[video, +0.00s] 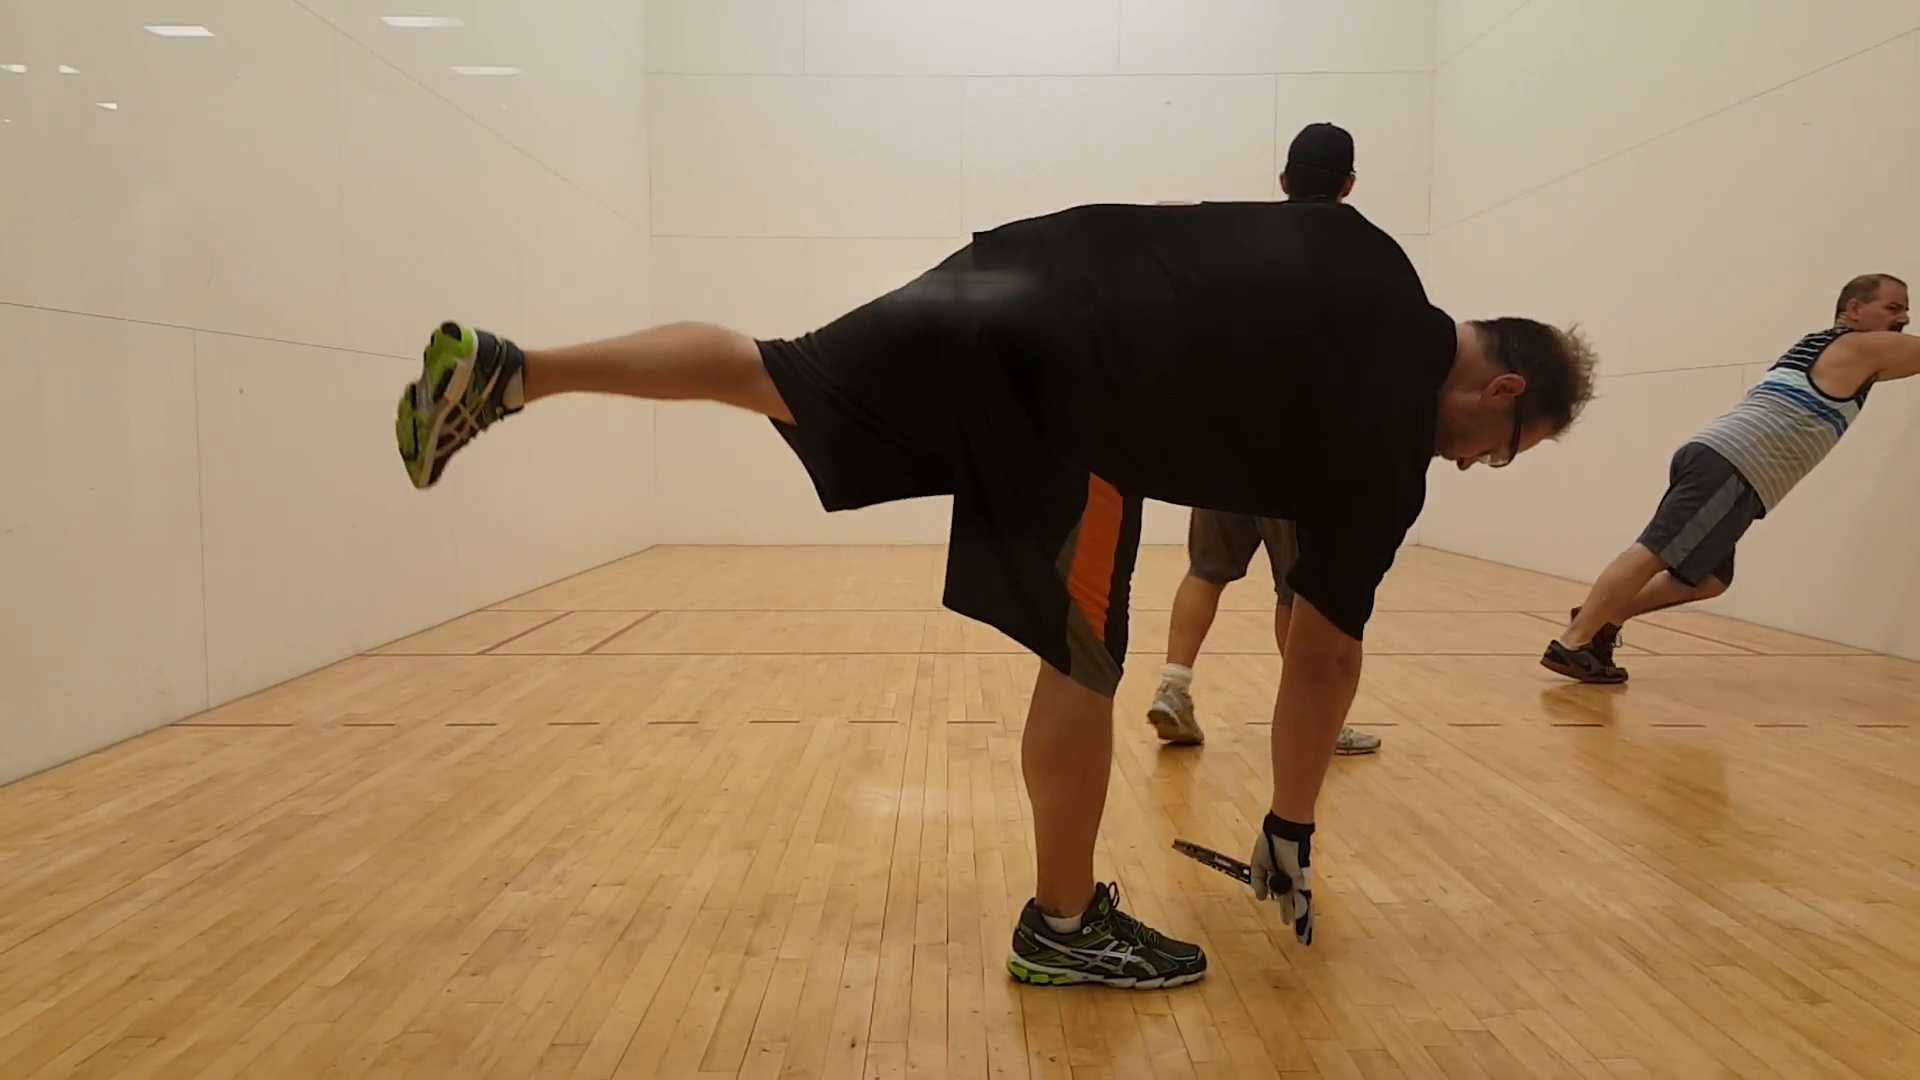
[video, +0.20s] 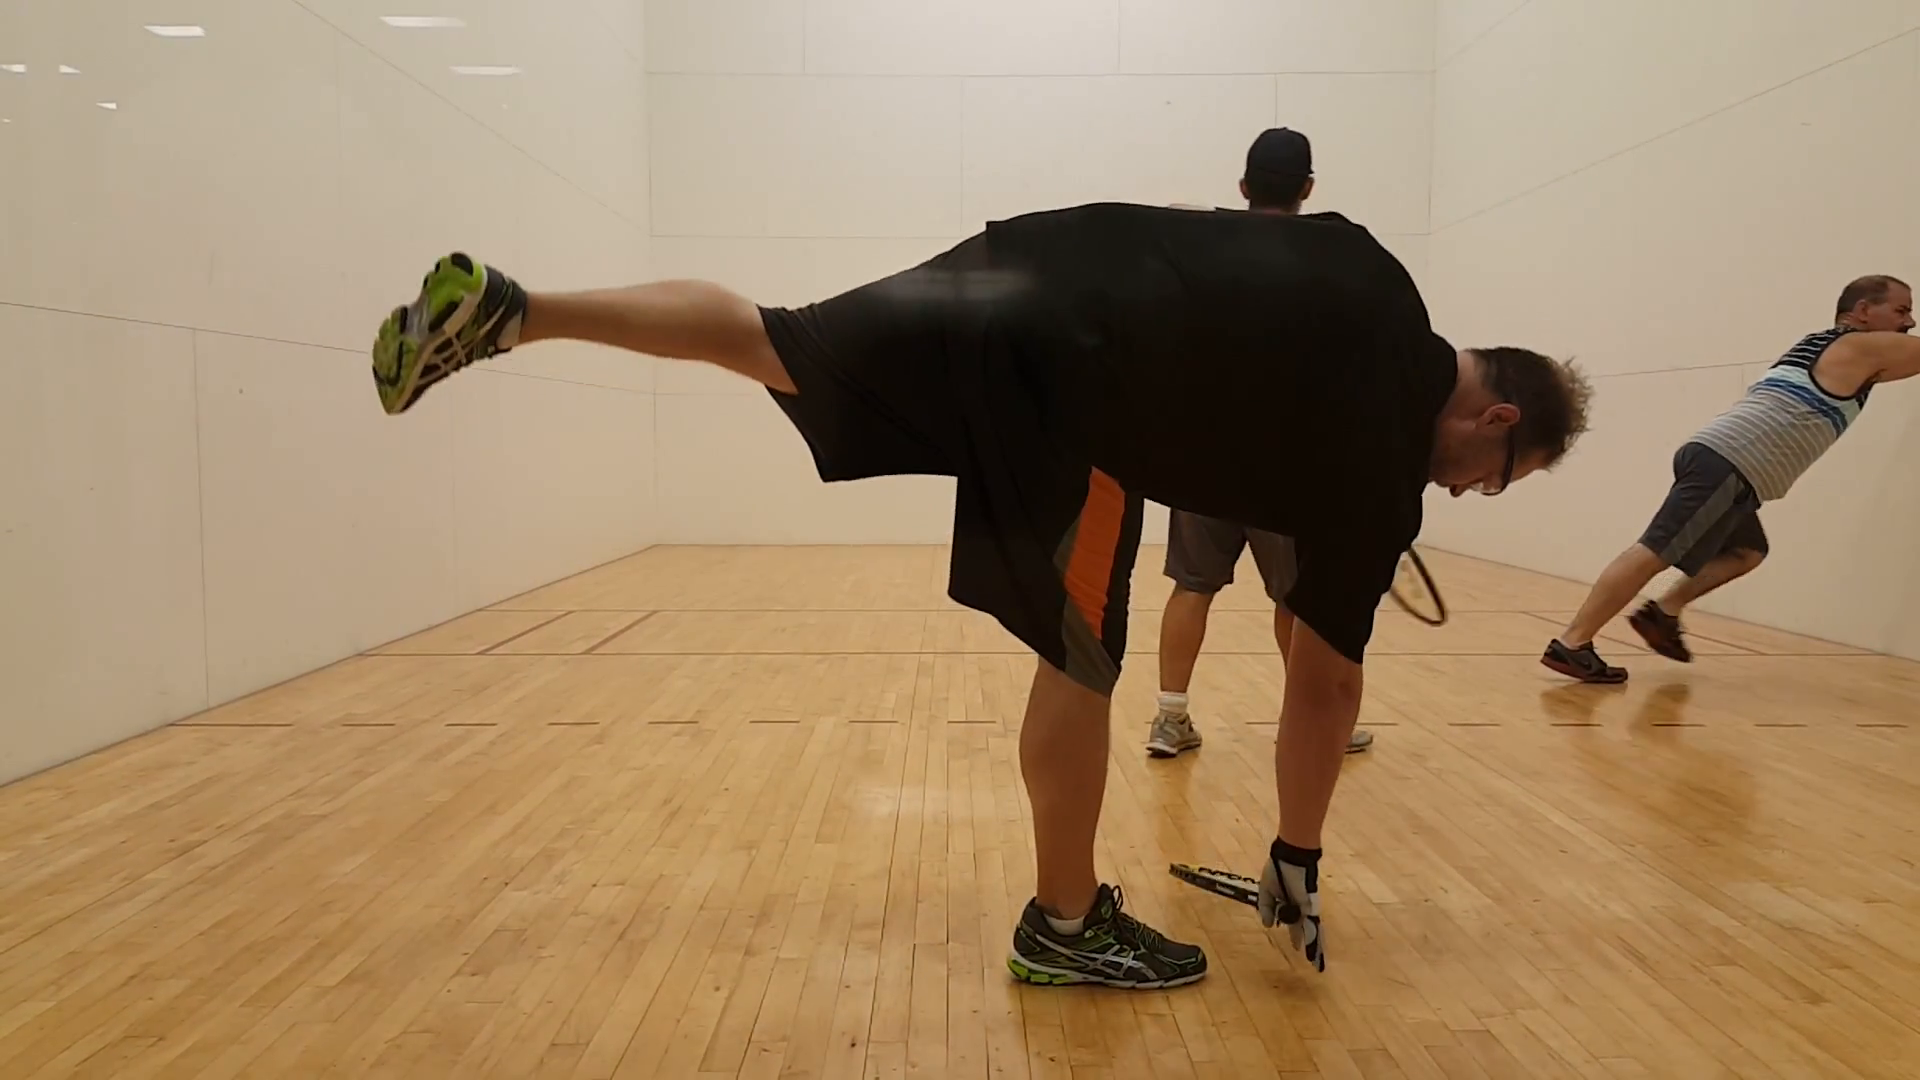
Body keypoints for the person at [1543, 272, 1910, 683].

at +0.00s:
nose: (1904, 320)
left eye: (1904, 311)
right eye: (1895, 309)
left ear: (1854, 318)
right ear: (1853, 311)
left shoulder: (1824, 348)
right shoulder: (1855, 349)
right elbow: (1917, 353)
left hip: (1722, 465)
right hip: (1729, 470)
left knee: (1709, 578)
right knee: (1652, 553)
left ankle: (1601, 614)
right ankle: (1572, 644)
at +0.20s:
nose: (1908, 324)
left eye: (1908, 314)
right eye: (1901, 312)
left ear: (1859, 318)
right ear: (1862, 313)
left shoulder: (1825, 347)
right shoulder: (1856, 349)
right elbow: (1918, 352)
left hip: (1724, 465)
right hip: (1724, 466)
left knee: (1747, 552)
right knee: (1653, 552)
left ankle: (1662, 610)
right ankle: (1571, 643)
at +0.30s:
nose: (1906, 324)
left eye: (1905, 315)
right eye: (1902, 314)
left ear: (1856, 315)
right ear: (1880, 317)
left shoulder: (1823, 344)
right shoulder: (1858, 346)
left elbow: (1901, 361)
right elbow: (1917, 353)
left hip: (1713, 457)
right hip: (1723, 464)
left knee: (1761, 535)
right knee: (1654, 551)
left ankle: (1702, 630)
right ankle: (1572, 642)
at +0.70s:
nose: (1888, 346)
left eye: (1857, 321)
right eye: (1888, 339)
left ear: (1847, 323)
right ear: (1887, 335)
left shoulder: (1820, 352)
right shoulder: (1867, 360)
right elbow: (1910, 353)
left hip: (1704, 461)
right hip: (1719, 472)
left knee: (1761, 538)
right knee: (1647, 556)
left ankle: (1721, 647)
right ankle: (1568, 648)